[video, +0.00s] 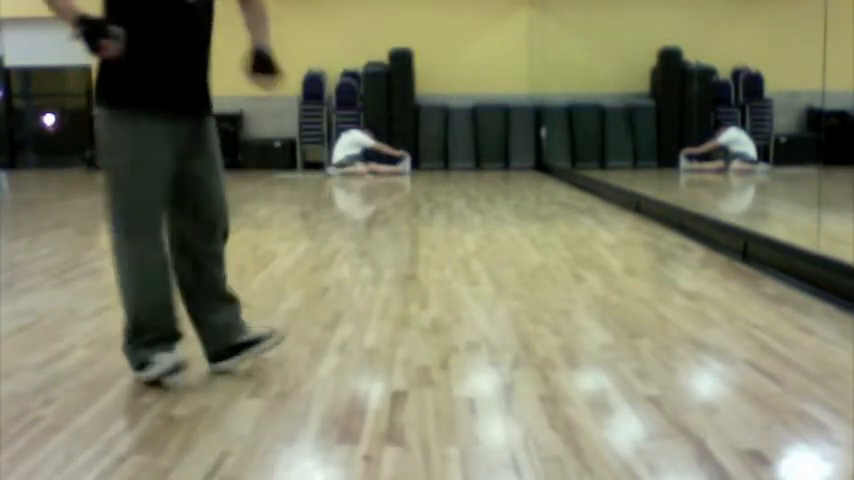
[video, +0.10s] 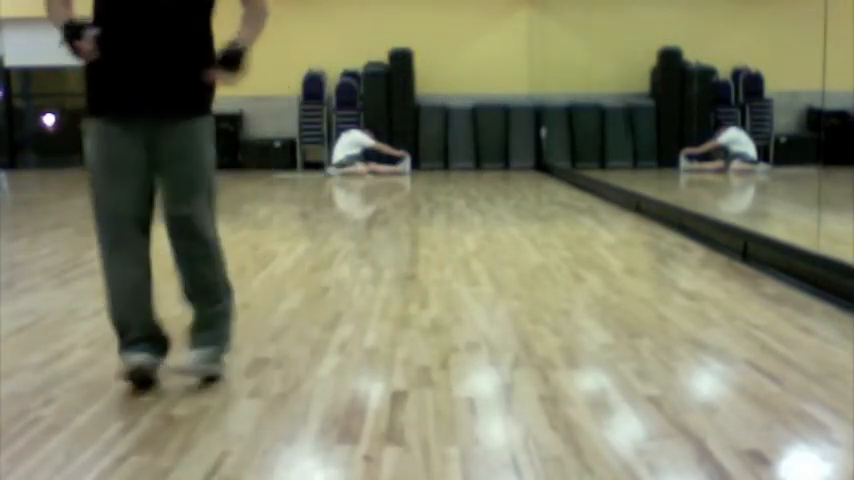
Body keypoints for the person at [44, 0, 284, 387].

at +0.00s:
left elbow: (250, 3)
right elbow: (57, 2)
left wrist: (261, 44)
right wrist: (82, 22)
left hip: (189, 92)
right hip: (129, 96)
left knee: (203, 223)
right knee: (138, 228)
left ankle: (224, 339)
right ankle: (151, 347)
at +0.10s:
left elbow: (256, 6)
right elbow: (57, 4)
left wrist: (237, 49)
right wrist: (72, 28)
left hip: (184, 91)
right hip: (113, 94)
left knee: (192, 223)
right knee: (120, 230)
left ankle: (211, 337)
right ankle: (138, 345)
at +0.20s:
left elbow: (233, 10)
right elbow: (79, 4)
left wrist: (194, 75)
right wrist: (66, 30)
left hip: (165, 105)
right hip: (113, 104)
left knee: (147, 228)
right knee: (108, 227)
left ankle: (162, 352)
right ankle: (125, 343)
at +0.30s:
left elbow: (211, 13)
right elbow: (90, 10)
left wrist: (177, 87)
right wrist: (68, 29)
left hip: (150, 104)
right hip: (126, 103)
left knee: (121, 221)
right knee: (127, 222)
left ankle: (131, 348)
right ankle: (127, 344)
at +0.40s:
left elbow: (195, 10)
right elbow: (90, 8)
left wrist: (174, 99)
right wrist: (65, 17)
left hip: (131, 105)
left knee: (93, 232)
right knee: (145, 238)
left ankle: (102, 345)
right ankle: (134, 350)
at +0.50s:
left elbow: (171, 21)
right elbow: (82, 13)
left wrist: (175, 116)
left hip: (120, 113)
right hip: (173, 117)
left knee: (74, 225)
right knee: (150, 239)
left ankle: (56, 346)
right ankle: (134, 357)